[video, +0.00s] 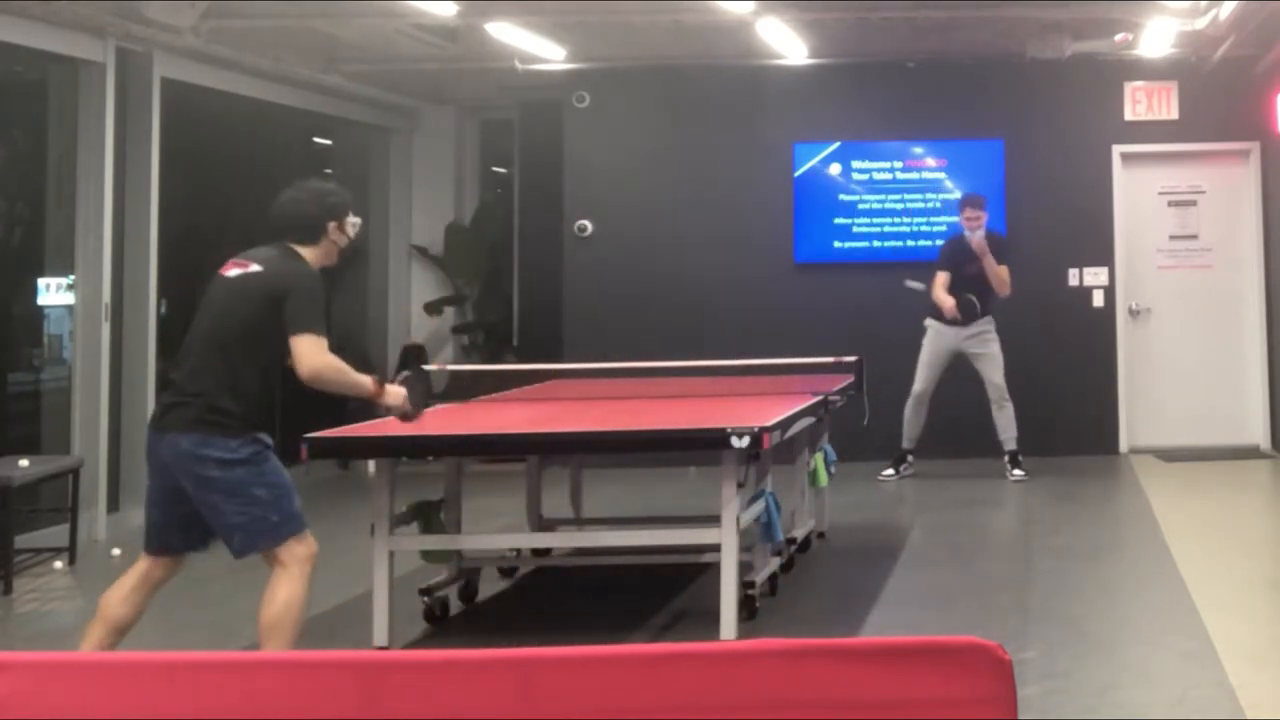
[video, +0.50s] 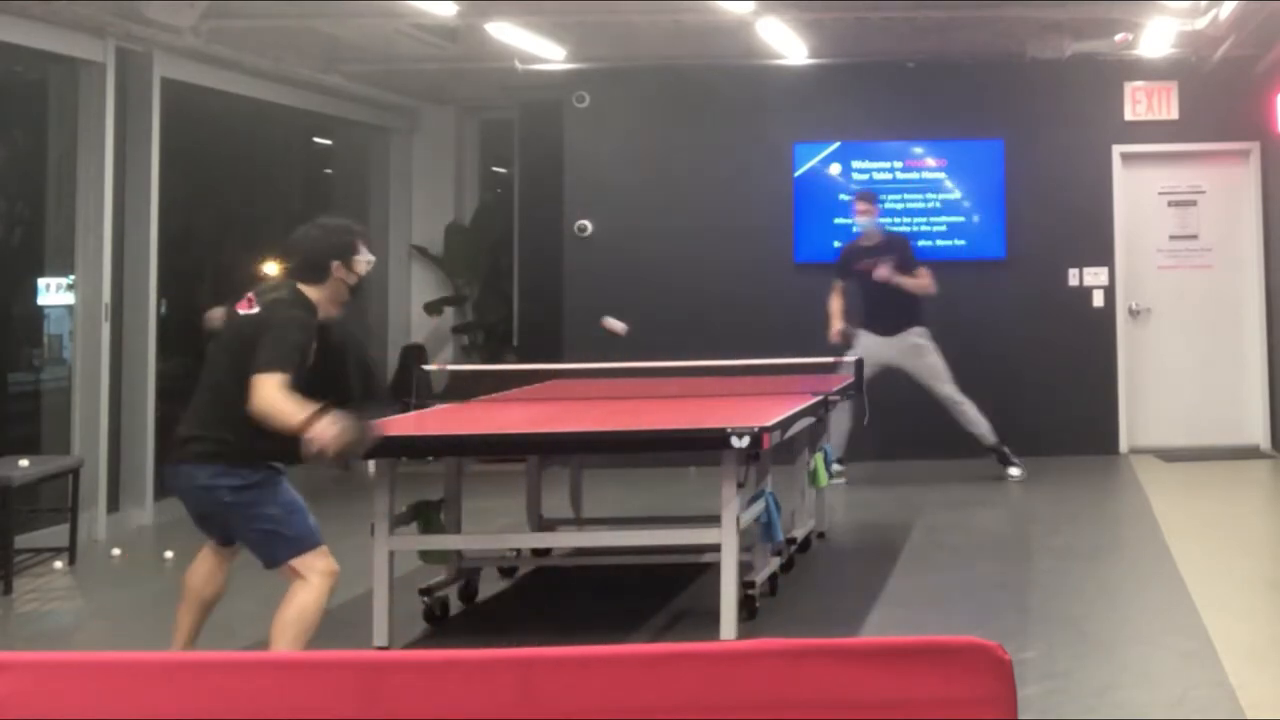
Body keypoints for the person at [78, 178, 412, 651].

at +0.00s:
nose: (347, 238)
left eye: (349, 226)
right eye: (345, 226)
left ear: (291, 224)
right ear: (322, 227)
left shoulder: (243, 263)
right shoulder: (297, 274)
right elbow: (313, 365)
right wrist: (378, 390)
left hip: (169, 434)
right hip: (221, 439)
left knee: (158, 560)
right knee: (295, 553)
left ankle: (79, 669)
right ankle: (271, 689)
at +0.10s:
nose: (354, 250)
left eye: (356, 239)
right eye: (352, 238)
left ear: (297, 233)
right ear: (332, 239)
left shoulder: (253, 269)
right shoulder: (298, 283)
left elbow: (252, 356)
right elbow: (302, 379)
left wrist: (321, 364)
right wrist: (373, 404)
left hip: (168, 437)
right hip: (218, 444)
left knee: (184, 548)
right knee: (294, 555)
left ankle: (89, 654)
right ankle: (273, 689)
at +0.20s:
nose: (359, 258)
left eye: (360, 247)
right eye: (357, 246)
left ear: (302, 243)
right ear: (337, 249)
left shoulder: (260, 275)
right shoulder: (295, 295)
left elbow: (281, 359)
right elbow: (282, 391)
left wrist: (351, 361)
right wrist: (357, 425)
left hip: (168, 441)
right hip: (212, 449)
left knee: (179, 551)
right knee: (297, 553)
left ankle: (98, 662)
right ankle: (274, 689)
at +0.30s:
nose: (363, 273)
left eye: (364, 264)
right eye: (362, 263)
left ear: (306, 256)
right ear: (341, 266)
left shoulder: (267, 292)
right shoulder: (287, 312)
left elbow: (296, 354)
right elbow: (258, 406)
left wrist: (368, 353)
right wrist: (326, 454)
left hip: (172, 452)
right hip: (211, 459)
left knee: (186, 562)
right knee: (300, 561)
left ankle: (92, 662)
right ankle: (272, 690)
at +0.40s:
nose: (369, 286)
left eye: (371, 276)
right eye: (368, 276)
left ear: (315, 267)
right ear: (345, 276)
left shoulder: (274, 297)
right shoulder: (290, 319)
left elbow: (303, 331)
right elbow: (245, 410)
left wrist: (360, 331)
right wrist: (295, 461)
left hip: (188, 457)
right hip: (218, 463)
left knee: (217, 551)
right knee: (308, 564)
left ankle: (119, 643)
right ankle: (273, 686)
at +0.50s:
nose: (357, 289)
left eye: (360, 278)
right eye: (357, 277)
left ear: (314, 265)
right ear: (335, 269)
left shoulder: (263, 299)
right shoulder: (293, 315)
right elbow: (265, 396)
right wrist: (319, 421)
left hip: (194, 465)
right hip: (235, 470)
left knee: (221, 545)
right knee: (317, 571)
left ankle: (177, 656)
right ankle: (276, 684)